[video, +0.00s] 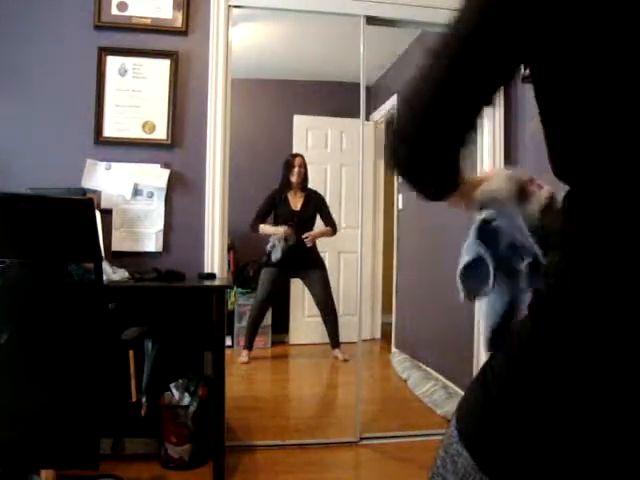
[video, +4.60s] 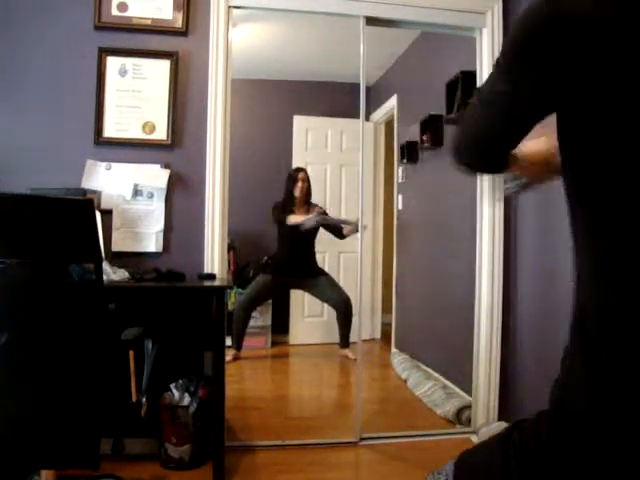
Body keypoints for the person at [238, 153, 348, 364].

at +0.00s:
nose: (298, 170)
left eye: (301, 167)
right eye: (294, 167)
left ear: (306, 170)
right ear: (287, 170)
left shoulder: (315, 198)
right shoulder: (277, 196)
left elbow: (332, 229)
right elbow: (256, 225)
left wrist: (316, 235)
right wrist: (278, 230)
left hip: (307, 255)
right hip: (279, 256)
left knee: (325, 300)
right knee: (262, 299)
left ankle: (336, 347)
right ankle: (247, 348)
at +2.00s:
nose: (308, 169)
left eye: (311, 165)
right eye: (304, 166)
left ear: (316, 171)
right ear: (297, 171)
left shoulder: (323, 199)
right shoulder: (286, 193)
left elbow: (337, 231)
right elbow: (265, 218)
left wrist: (326, 231)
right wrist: (289, 217)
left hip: (317, 259)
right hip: (289, 258)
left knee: (334, 300)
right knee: (267, 299)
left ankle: (337, 347)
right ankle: (244, 347)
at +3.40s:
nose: (302, 183)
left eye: (305, 180)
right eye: (298, 180)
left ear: (310, 184)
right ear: (291, 183)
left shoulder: (316, 211)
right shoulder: (278, 209)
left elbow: (331, 242)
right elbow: (261, 238)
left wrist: (338, 224)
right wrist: (258, 215)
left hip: (307, 272)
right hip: (277, 272)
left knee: (341, 302)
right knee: (244, 302)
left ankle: (341, 347)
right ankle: (239, 350)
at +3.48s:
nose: (301, 183)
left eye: (304, 179)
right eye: (297, 179)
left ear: (309, 183)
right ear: (289, 183)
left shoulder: (316, 209)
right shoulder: (277, 208)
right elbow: (258, 237)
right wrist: (261, 218)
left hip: (308, 271)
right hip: (276, 271)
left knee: (342, 302)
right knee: (242, 303)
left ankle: (342, 346)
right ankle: (238, 350)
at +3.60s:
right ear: (276, 207)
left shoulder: (312, 218)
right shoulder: (272, 221)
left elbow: (317, 247)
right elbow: (267, 249)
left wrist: (328, 235)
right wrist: (259, 231)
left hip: (306, 274)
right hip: (273, 275)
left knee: (343, 303)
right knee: (241, 305)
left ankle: (343, 347)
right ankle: (237, 350)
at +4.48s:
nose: (301, 187)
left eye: (304, 183)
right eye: (297, 183)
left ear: (308, 186)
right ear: (289, 186)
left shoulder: (316, 212)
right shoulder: (280, 210)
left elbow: (334, 234)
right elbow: (270, 226)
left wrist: (341, 234)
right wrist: (285, 228)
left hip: (309, 272)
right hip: (279, 272)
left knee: (344, 303)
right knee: (244, 304)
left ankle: (345, 347)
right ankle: (235, 350)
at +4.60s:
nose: (301, 185)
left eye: (304, 181)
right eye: (297, 181)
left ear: (309, 185)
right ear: (290, 184)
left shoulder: (316, 211)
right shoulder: (280, 209)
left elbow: (338, 233)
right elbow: (284, 220)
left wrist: (352, 229)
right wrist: (307, 219)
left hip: (308, 272)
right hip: (279, 271)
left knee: (343, 302)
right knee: (243, 304)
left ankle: (344, 347)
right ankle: (236, 350)